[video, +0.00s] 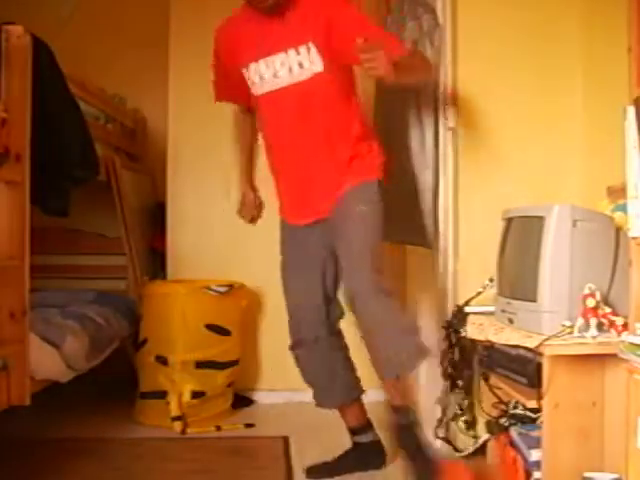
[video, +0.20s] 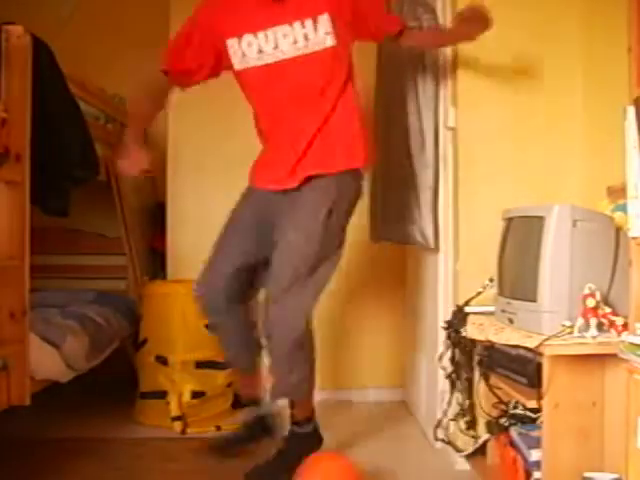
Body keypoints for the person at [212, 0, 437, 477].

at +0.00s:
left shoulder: (327, 13)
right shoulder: (233, 35)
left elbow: (423, 70)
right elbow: (245, 109)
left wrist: (392, 69)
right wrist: (246, 183)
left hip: (352, 177)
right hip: (297, 196)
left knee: (366, 291)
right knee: (309, 323)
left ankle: (406, 427)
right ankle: (364, 443)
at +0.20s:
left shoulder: (337, 4)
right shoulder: (218, 14)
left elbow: (402, 34)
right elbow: (161, 80)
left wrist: (457, 32)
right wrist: (133, 136)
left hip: (332, 166)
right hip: (275, 170)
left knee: (286, 304)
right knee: (217, 291)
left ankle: (304, 429)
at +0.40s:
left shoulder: (322, 2)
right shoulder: (197, 7)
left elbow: (406, 7)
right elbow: (124, 44)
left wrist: (453, 5)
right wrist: (74, 97)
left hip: (310, 170)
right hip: (252, 168)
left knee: (273, 307)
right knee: (199, 290)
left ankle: (297, 427)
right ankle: (135, 428)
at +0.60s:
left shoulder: (321, 2)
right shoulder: (189, 7)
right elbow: (106, 39)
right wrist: (35, 89)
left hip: (306, 190)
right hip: (237, 188)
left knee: (270, 334)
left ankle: (173, 392)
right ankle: (252, 472)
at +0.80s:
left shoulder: (311, 2)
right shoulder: (186, 5)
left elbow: (386, 8)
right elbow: (141, 50)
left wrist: (411, 19)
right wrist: (121, 123)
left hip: (275, 171)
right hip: (213, 167)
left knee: (292, 315)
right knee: (249, 330)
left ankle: (174, 400)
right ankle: (256, 473)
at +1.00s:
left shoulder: (302, 2)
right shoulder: (181, 4)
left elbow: (404, 31)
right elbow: (130, 68)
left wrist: (391, 9)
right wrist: (129, 176)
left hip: (254, 175)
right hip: (199, 175)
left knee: (291, 311)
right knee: (248, 337)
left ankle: (171, 398)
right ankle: (237, 474)